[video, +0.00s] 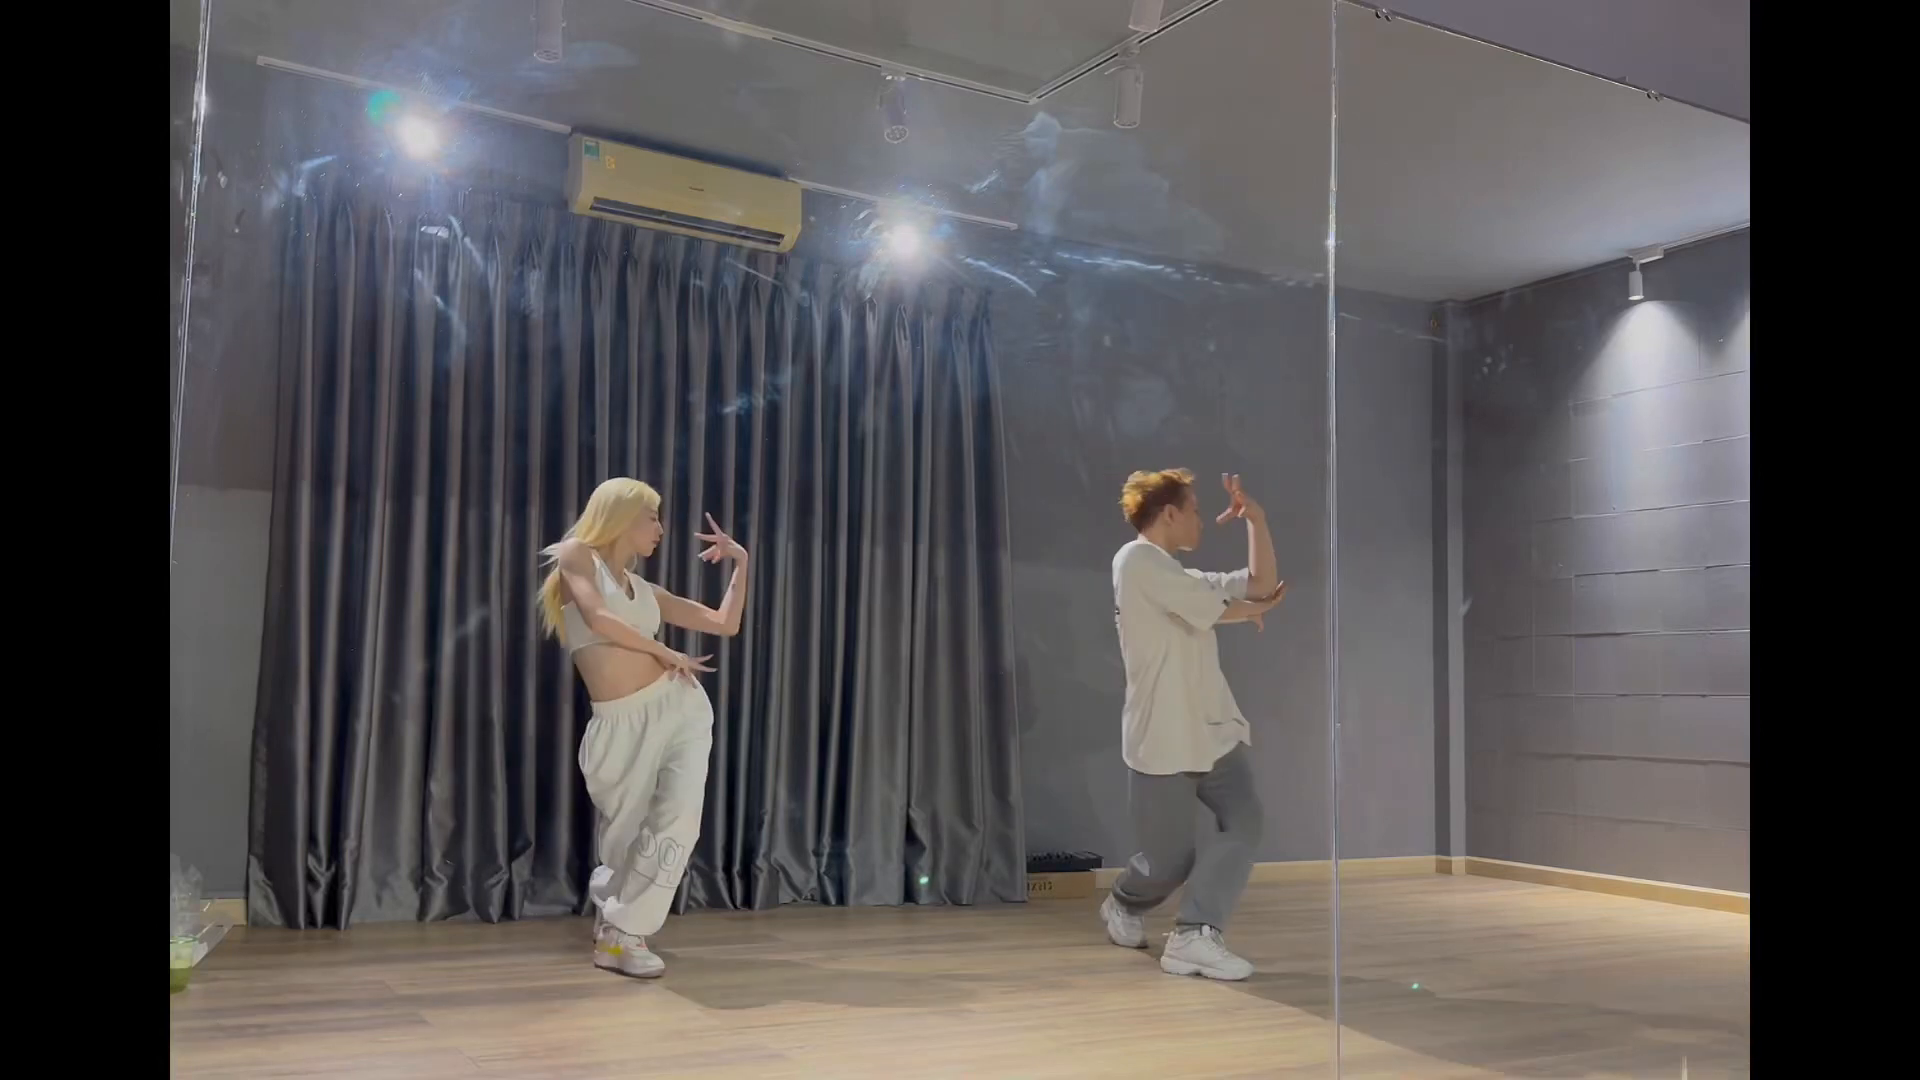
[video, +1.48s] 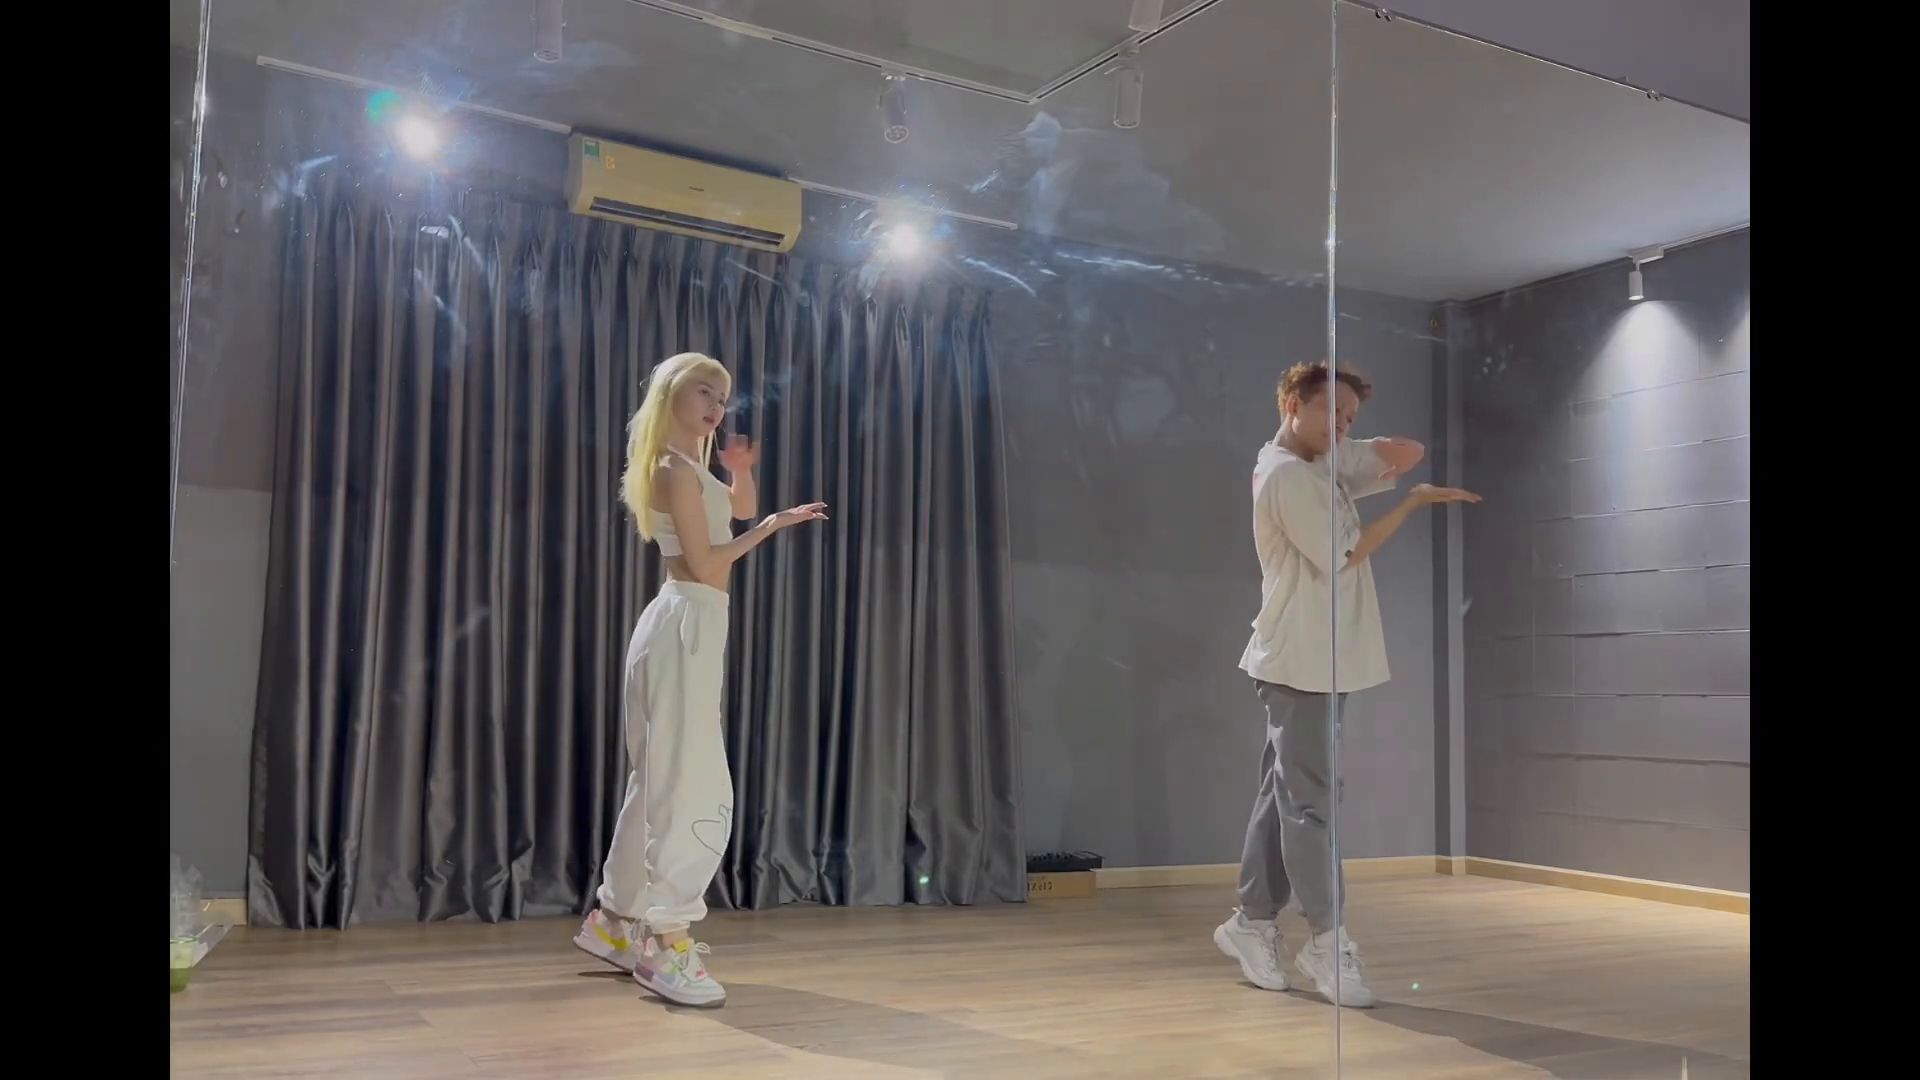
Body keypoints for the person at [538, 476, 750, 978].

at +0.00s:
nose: (660, 528)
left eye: (659, 519)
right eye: (651, 518)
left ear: (638, 525)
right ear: (619, 519)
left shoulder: (642, 591)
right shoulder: (577, 555)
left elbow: (725, 622)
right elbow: (598, 619)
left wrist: (741, 561)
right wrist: (664, 652)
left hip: (681, 708)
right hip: (622, 727)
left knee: (676, 829)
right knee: (625, 840)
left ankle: (624, 936)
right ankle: (611, 915)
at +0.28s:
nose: (678, 514)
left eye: (676, 504)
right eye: (668, 504)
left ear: (650, 516)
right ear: (635, 510)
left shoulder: (667, 585)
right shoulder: (591, 562)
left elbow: (712, 649)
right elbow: (583, 499)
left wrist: (771, 614)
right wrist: (627, 546)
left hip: (685, 713)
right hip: (620, 725)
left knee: (675, 841)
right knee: (619, 839)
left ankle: (621, 937)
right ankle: (578, 898)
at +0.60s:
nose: (645, 501)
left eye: (658, 492)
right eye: (636, 492)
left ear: (679, 504)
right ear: (624, 506)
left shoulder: (707, 548)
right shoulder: (618, 578)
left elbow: (714, 612)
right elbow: (582, 624)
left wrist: (633, 619)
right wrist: (513, 568)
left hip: (704, 713)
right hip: (642, 708)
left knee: (692, 850)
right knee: (712, 819)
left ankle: (613, 935)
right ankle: (675, 957)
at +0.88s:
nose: (687, 390)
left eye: (693, 384)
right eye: (671, 384)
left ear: (704, 405)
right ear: (643, 411)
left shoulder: (719, 464)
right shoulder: (640, 474)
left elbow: (803, 480)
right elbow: (624, 567)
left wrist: (735, 473)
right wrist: (682, 547)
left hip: (709, 637)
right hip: (660, 634)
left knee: (684, 788)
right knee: (663, 788)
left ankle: (606, 925)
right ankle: (663, 946)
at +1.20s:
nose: (707, 396)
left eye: (711, 387)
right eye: (693, 385)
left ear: (715, 402)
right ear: (663, 401)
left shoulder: (713, 463)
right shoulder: (666, 475)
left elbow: (790, 480)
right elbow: (674, 564)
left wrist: (736, 457)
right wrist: (753, 526)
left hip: (692, 636)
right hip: (671, 636)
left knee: (661, 783)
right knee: (678, 787)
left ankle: (608, 923)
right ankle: (663, 945)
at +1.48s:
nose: (716, 408)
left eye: (722, 400)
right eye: (706, 394)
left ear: (717, 411)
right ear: (671, 398)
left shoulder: (686, 467)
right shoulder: (677, 469)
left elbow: (739, 528)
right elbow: (708, 562)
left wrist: (740, 479)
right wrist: (771, 526)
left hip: (674, 631)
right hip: (684, 635)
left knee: (660, 783)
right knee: (699, 791)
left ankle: (612, 920)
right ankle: (667, 945)